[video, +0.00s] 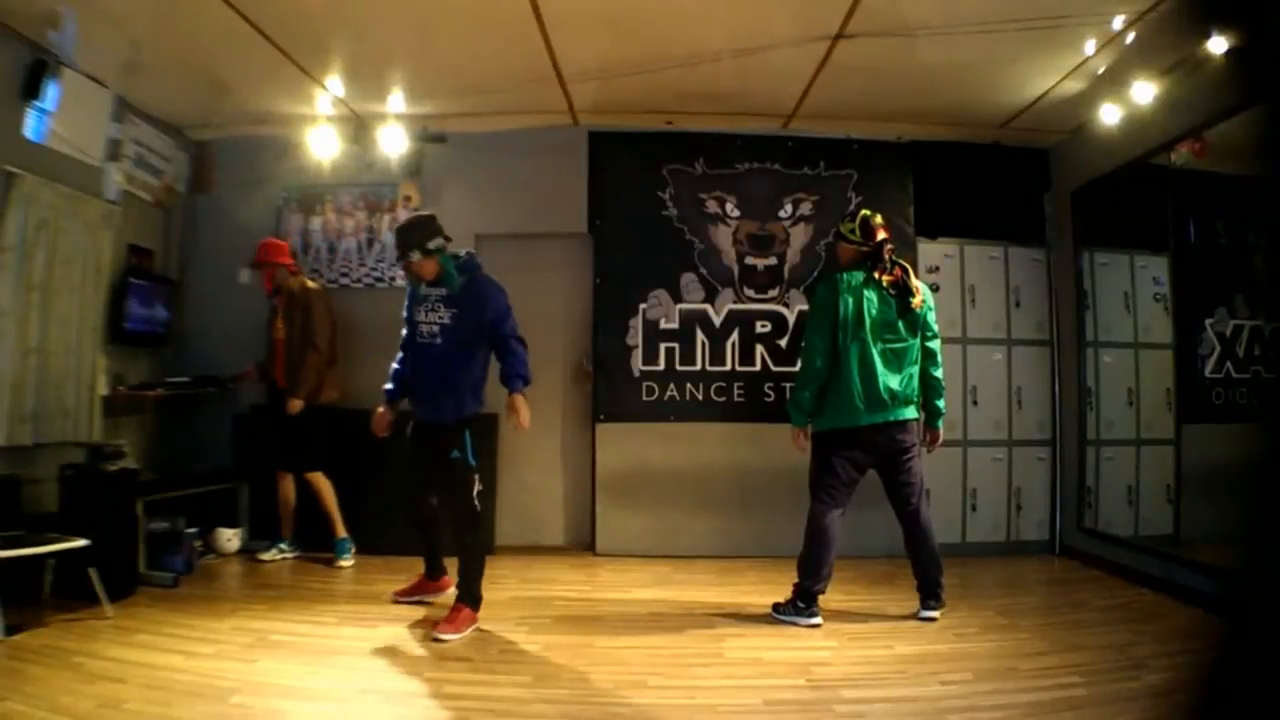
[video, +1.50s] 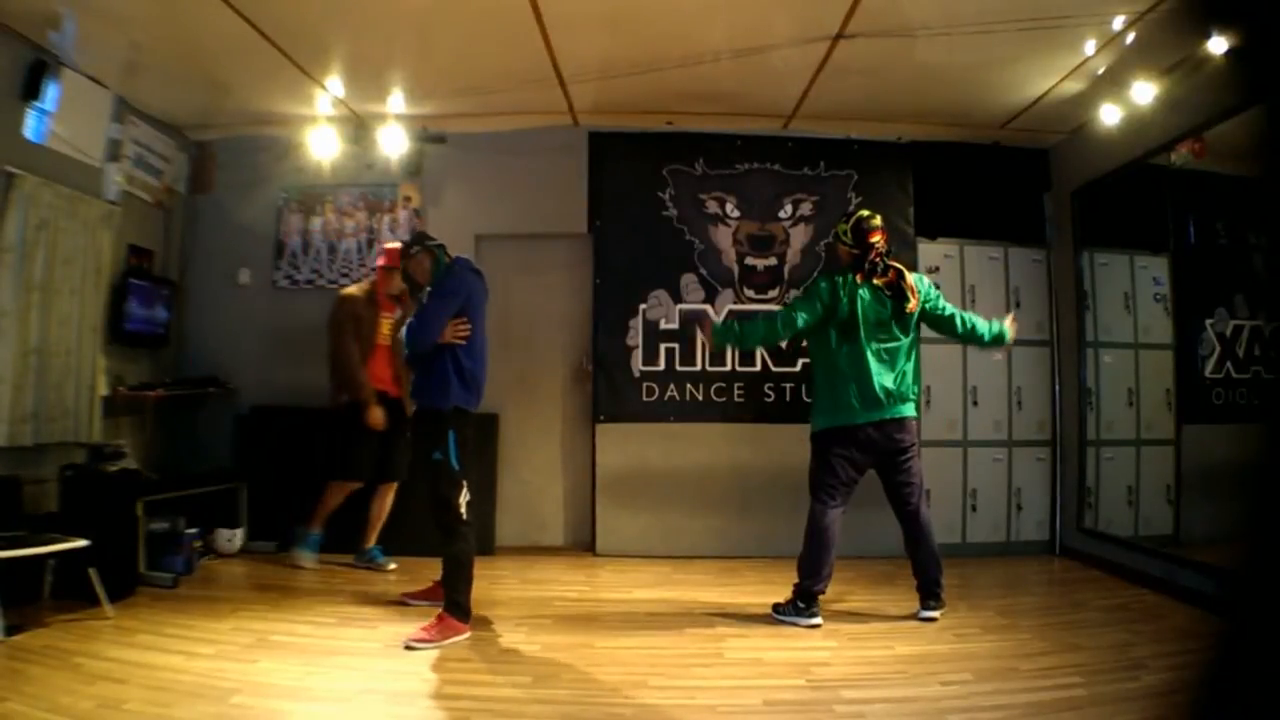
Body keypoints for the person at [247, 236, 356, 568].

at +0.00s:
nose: (264, 277)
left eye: (267, 270)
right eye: (262, 271)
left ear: (283, 267)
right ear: (271, 270)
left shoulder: (311, 294)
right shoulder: (279, 299)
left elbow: (318, 348)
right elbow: (279, 349)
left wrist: (301, 392)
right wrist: (262, 372)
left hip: (310, 395)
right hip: (281, 393)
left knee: (310, 467)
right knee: (283, 468)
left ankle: (342, 538)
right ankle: (287, 540)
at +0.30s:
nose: (255, 279)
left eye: (258, 271)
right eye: (254, 272)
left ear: (273, 268)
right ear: (270, 270)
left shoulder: (307, 296)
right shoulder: (276, 301)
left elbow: (316, 348)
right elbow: (273, 355)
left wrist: (302, 391)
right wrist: (240, 369)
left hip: (310, 395)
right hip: (282, 393)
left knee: (310, 465)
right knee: (285, 467)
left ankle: (341, 537)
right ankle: (287, 540)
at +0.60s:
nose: (250, 278)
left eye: (253, 271)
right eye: (249, 272)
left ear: (270, 267)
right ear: (262, 270)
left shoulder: (307, 292)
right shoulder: (266, 304)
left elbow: (324, 344)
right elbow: (257, 352)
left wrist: (314, 387)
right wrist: (221, 367)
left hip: (307, 392)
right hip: (277, 391)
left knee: (311, 464)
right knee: (283, 467)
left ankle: (338, 539)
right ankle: (286, 540)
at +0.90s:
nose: (281, 268)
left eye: (286, 261)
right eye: (275, 262)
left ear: (297, 262)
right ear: (266, 267)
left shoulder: (320, 295)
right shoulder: (264, 305)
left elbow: (343, 343)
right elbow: (250, 350)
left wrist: (347, 385)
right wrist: (213, 368)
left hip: (319, 393)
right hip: (282, 392)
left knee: (332, 465)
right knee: (286, 467)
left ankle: (350, 540)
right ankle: (286, 540)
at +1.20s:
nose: (335, 272)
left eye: (339, 266)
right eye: (329, 265)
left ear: (347, 269)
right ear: (315, 266)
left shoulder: (357, 305)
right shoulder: (290, 303)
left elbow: (367, 353)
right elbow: (273, 346)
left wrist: (371, 399)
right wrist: (267, 376)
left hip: (344, 399)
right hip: (301, 395)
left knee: (357, 471)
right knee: (295, 470)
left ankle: (365, 545)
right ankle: (288, 541)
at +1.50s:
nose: (397, 279)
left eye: (401, 273)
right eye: (393, 272)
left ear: (406, 276)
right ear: (380, 271)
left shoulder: (406, 306)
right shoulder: (353, 300)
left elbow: (408, 354)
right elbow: (348, 357)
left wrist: (409, 396)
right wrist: (368, 401)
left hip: (395, 398)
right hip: (360, 396)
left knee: (391, 475)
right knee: (353, 473)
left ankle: (369, 546)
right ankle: (312, 532)